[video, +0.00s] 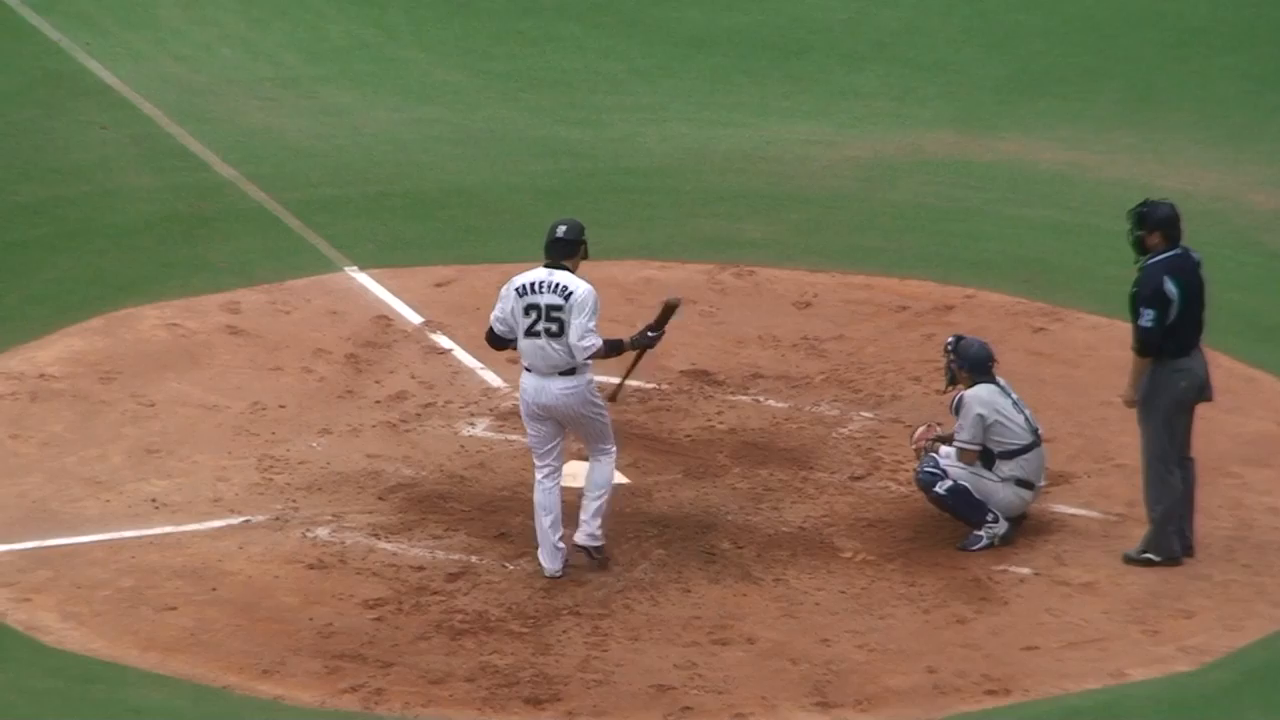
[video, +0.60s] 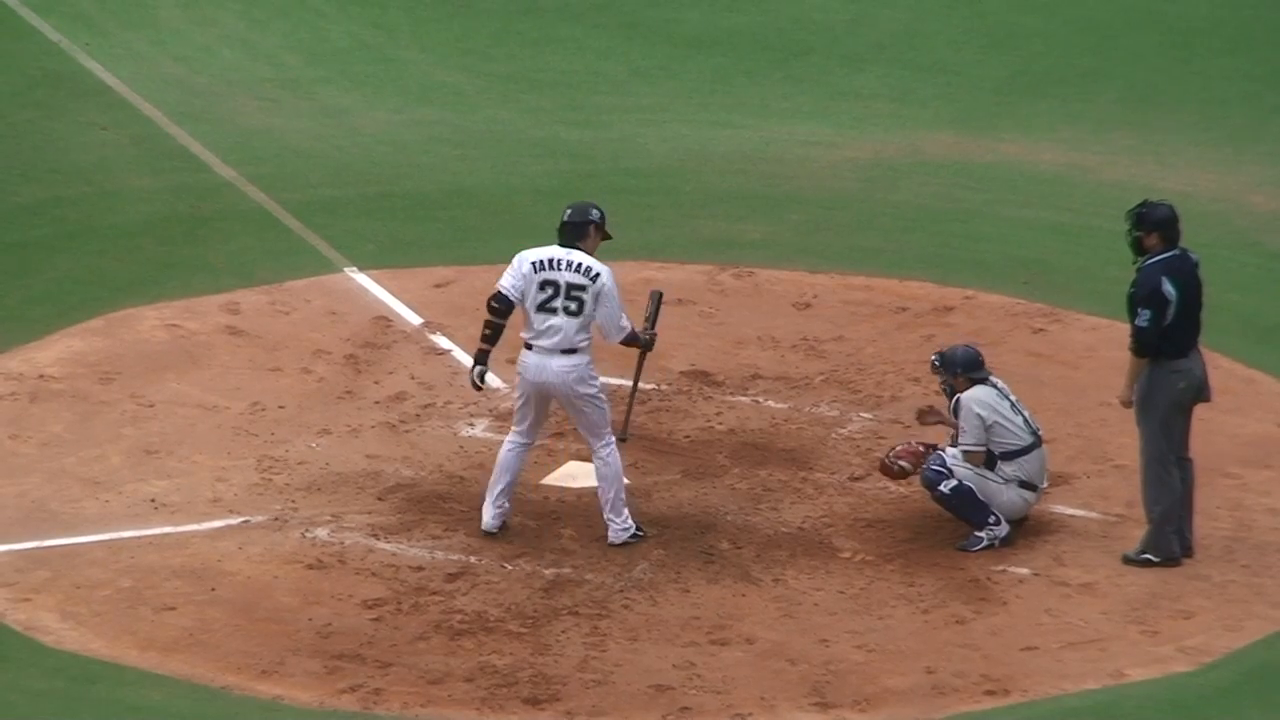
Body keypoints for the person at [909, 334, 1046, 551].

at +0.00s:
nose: (948, 366)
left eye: (952, 362)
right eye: (949, 361)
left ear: (964, 370)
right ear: (985, 366)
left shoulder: (972, 399)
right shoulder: (998, 384)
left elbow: (967, 457)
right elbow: (976, 432)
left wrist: (933, 447)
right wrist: (941, 437)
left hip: (1013, 495)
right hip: (1029, 485)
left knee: (929, 470)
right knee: (948, 451)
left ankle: (992, 524)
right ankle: (1010, 509)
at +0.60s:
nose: (943, 382)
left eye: (946, 376)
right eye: (942, 376)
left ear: (961, 378)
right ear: (977, 372)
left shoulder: (969, 400)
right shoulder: (993, 384)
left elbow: (975, 458)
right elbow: (985, 433)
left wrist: (938, 452)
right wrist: (944, 419)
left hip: (1015, 497)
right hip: (1030, 489)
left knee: (934, 469)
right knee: (950, 452)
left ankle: (993, 527)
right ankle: (1010, 511)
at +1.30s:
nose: (930, 393)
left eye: (931, 387)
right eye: (928, 388)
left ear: (945, 384)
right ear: (961, 375)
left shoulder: (960, 402)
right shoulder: (982, 381)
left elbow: (973, 459)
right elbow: (990, 437)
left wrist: (935, 454)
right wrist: (944, 439)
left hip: (1017, 494)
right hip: (1035, 481)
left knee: (931, 472)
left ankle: (994, 527)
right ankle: (1014, 510)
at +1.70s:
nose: (919, 393)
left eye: (921, 387)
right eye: (917, 388)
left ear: (934, 388)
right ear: (953, 375)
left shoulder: (944, 410)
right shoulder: (979, 379)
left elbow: (960, 465)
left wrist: (926, 457)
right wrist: (926, 452)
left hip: (1012, 495)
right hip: (1038, 476)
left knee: (920, 478)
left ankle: (989, 524)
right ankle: (1013, 509)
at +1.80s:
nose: (916, 395)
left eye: (918, 389)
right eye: (914, 389)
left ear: (932, 390)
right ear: (951, 376)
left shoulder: (940, 413)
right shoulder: (980, 379)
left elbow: (958, 468)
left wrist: (925, 458)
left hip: (1010, 496)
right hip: (1037, 477)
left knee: (918, 481)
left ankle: (987, 524)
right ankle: (1013, 510)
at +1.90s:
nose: (914, 395)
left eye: (916, 389)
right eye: (912, 389)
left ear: (931, 391)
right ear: (950, 376)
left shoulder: (938, 414)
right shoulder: (980, 380)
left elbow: (955, 468)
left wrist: (923, 459)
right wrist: (927, 453)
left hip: (1008, 496)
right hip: (1036, 477)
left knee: (916, 481)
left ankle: (986, 524)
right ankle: (1008, 510)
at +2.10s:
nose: (916, 391)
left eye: (919, 386)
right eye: (914, 386)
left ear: (933, 388)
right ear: (952, 376)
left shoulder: (940, 412)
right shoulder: (979, 383)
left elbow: (956, 468)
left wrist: (927, 457)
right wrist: (926, 452)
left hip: (1008, 496)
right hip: (1035, 478)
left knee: (917, 481)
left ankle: (987, 525)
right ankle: (1006, 511)